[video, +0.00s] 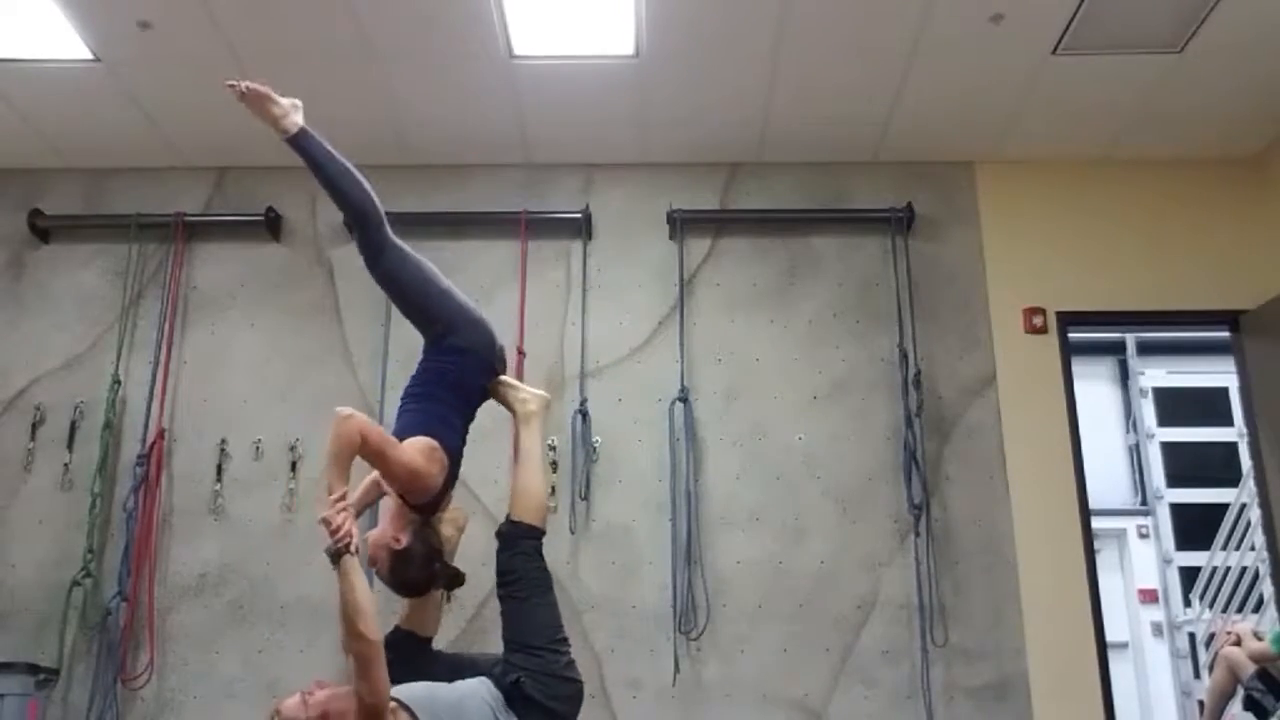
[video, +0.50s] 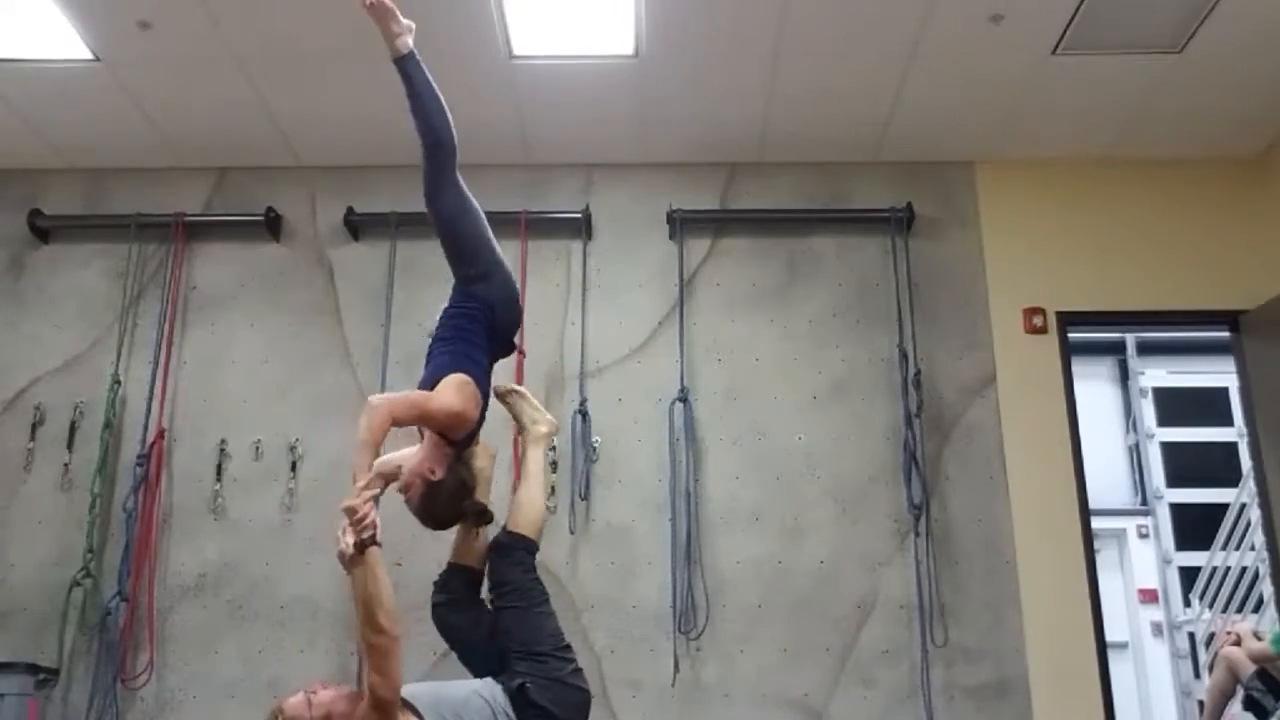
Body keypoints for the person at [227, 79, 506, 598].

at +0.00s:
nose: (370, 555)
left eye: (373, 563)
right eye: (379, 557)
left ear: (393, 543)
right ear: (404, 540)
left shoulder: (424, 493)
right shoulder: (417, 479)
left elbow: (391, 466)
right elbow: (347, 425)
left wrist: (352, 507)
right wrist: (335, 496)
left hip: (475, 365)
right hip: (467, 348)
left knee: (377, 243)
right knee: (375, 239)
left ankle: (298, 130)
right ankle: (293, 127)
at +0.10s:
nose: (375, 535)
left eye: (378, 547)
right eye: (381, 543)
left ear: (401, 528)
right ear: (409, 525)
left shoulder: (421, 480)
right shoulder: (422, 466)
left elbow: (372, 473)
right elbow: (349, 418)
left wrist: (343, 513)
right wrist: (331, 491)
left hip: (487, 360)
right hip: (475, 337)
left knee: (394, 232)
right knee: (389, 227)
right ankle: (312, 108)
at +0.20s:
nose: (390, 529)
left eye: (393, 540)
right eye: (399, 533)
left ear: (419, 511)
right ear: (419, 513)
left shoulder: (440, 474)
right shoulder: (428, 454)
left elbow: (389, 474)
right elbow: (351, 420)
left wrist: (360, 507)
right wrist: (345, 495)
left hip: (487, 353)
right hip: (475, 329)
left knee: (411, 210)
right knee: (409, 206)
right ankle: (354, 76)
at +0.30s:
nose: (395, 518)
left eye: (398, 530)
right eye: (403, 523)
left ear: (426, 500)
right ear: (423, 502)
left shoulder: (445, 466)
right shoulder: (432, 443)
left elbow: (387, 470)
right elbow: (356, 416)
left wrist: (362, 501)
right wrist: (349, 488)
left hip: (489, 346)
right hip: (474, 321)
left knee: (416, 202)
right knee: (412, 200)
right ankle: (359, 68)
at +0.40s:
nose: (399, 491)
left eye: (399, 500)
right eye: (406, 494)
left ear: (423, 483)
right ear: (428, 482)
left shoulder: (441, 448)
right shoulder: (441, 426)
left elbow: (367, 461)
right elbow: (371, 412)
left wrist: (358, 514)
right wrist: (362, 484)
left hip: (489, 329)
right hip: (484, 304)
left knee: (429, 185)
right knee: (426, 178)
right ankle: (377, 53)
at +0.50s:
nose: (405, 483)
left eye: (407, 490)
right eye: (413, 486)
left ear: (431, 472)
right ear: (435, 471)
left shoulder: (459, 434)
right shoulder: (449, 414)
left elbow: (393, 465)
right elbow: (377, 410)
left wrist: (366, 505)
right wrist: (360, 488)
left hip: (499, 325)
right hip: (491, 298)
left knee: (444, 176)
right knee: (442, 167)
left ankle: (406, 47)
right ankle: (402, 45)